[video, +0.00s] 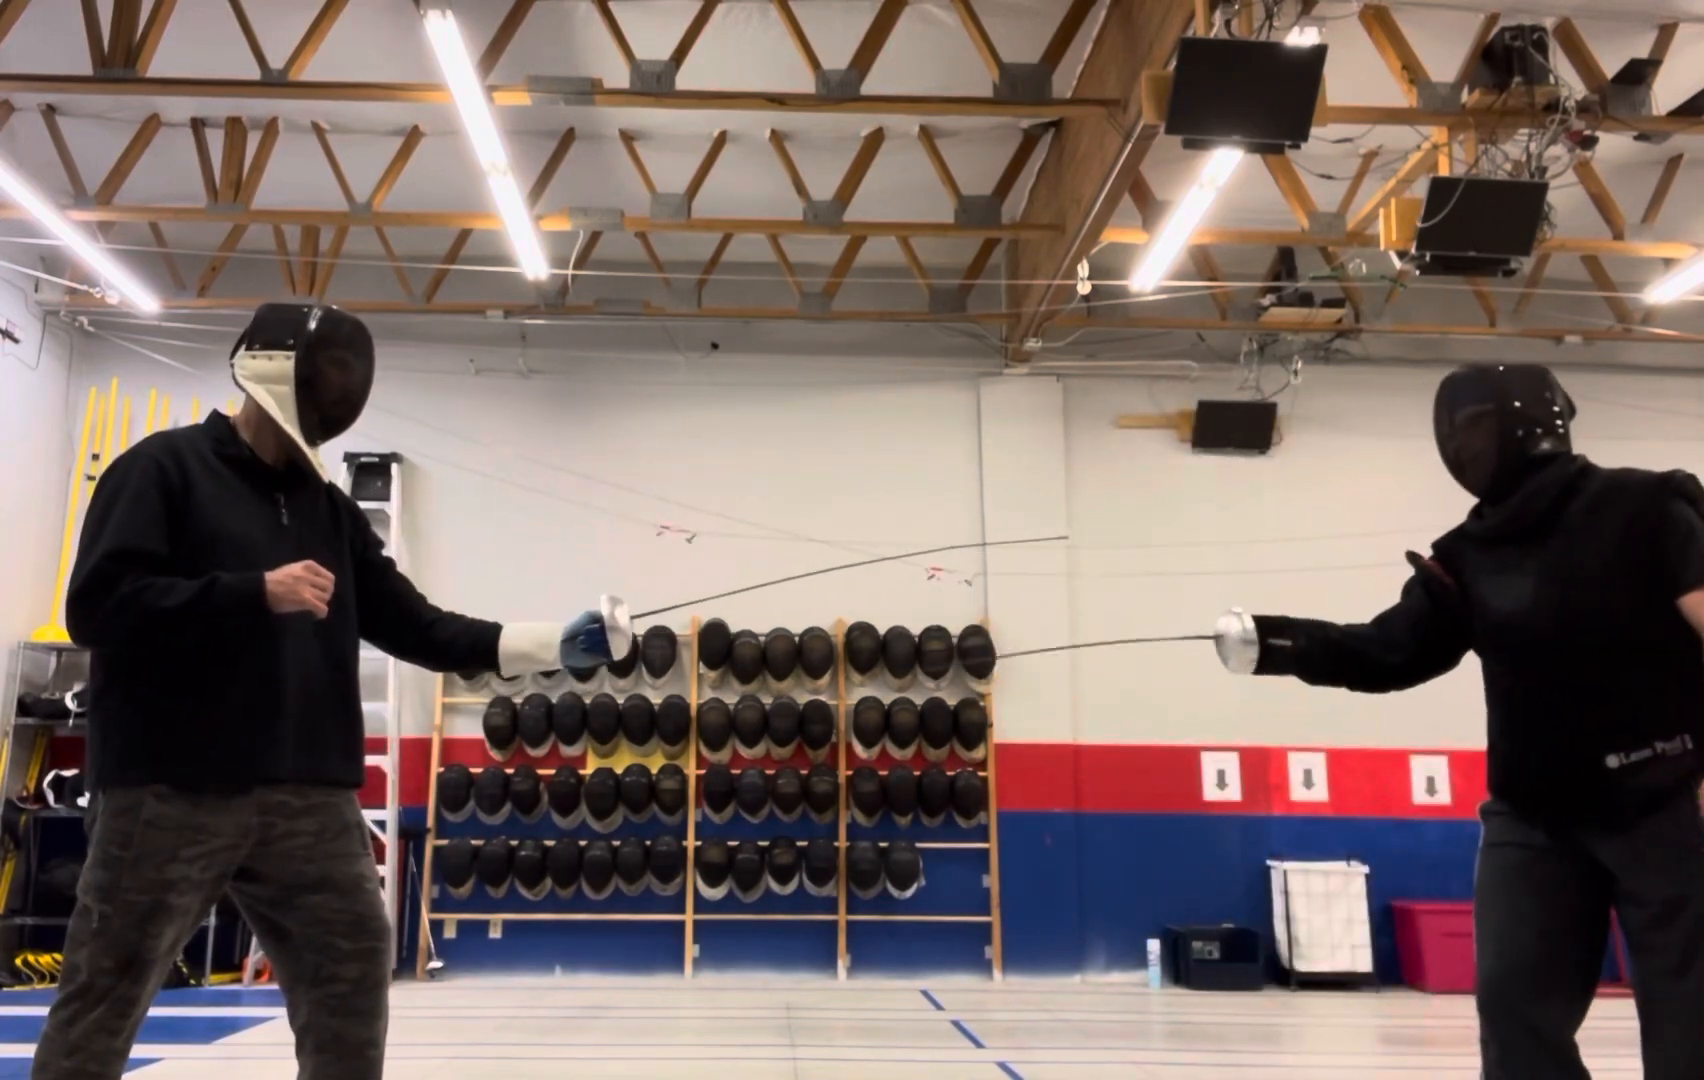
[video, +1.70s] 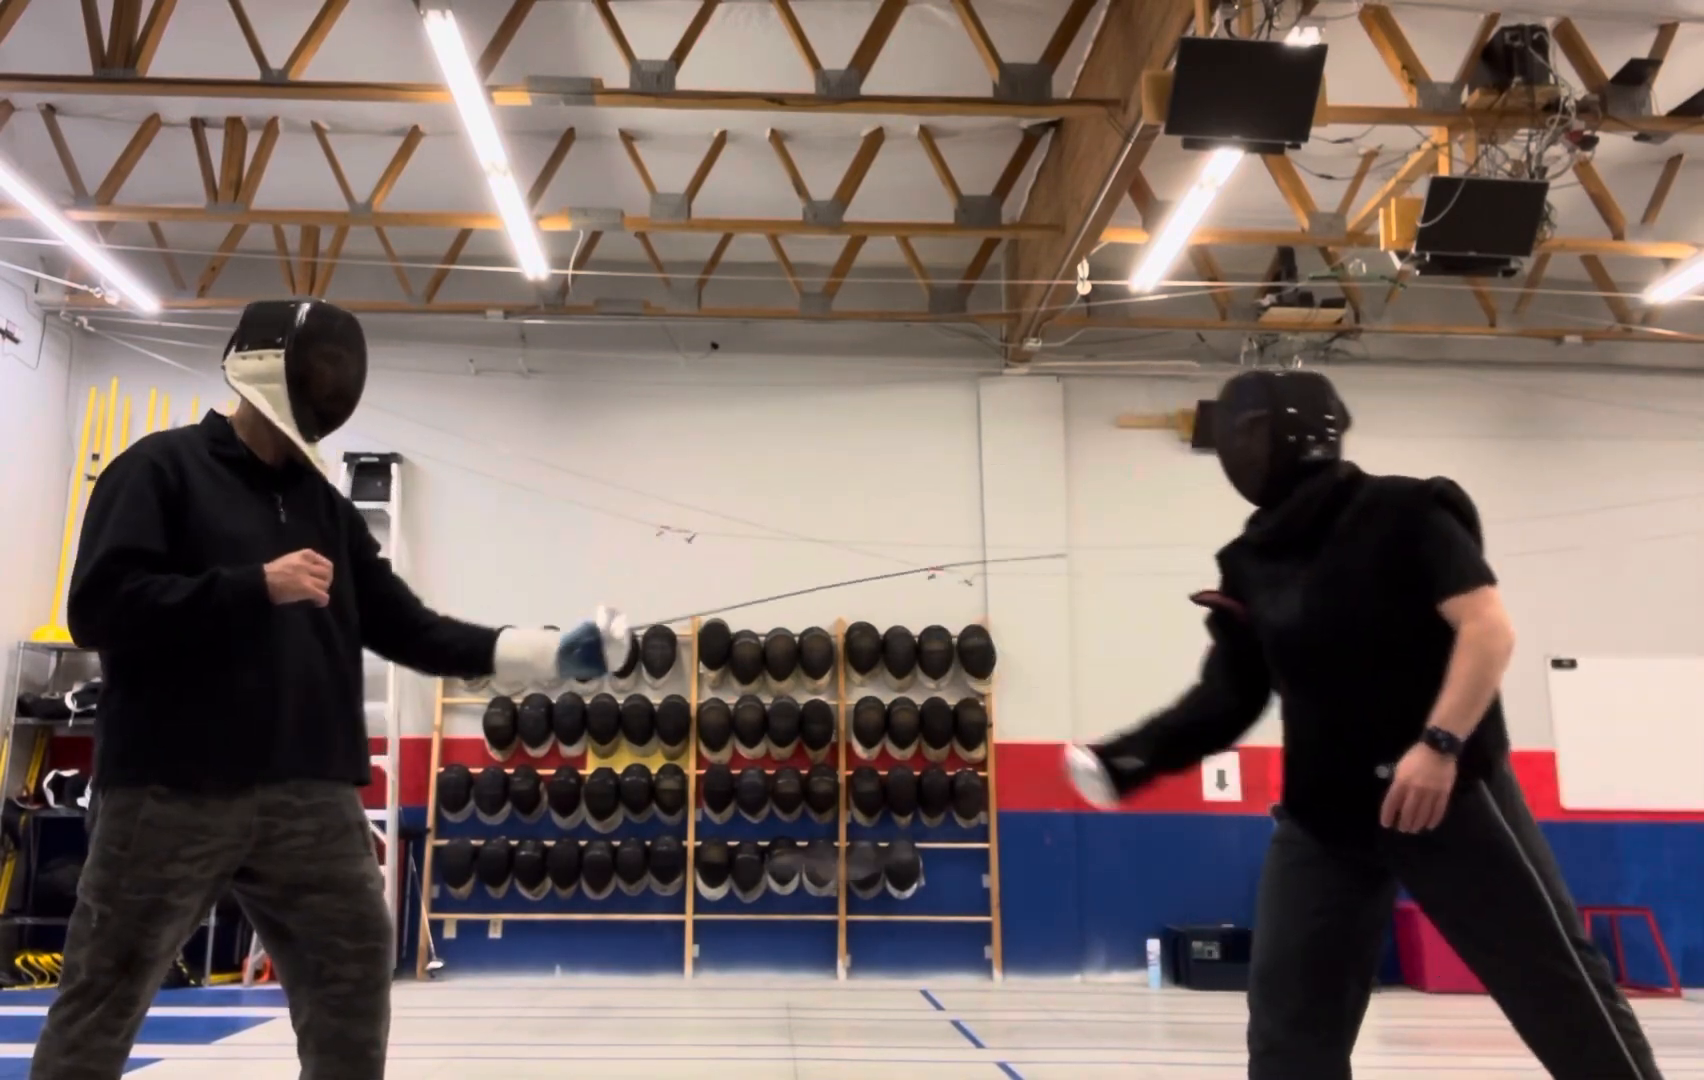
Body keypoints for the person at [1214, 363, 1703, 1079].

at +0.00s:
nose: (1462, 453)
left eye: (1475, 431)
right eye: (1454, 438)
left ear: (1529, 422)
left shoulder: (1653, 510)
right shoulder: (1465, 559)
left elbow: (1702, 626)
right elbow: (1387, 652)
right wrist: (1274, 644)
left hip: (1665, 811)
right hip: (1533, 824)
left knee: (1684, 1040)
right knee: (1519, 1032)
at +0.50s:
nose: (1407, 461)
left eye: (1419, 440)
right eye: (1399, 448)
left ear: (1471, 432)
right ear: (1402, 458)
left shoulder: (1595, 511)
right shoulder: (1415, 567)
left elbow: (1678, 626)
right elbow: (1306, 625)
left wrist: (1687, 757)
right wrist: (1176, 619)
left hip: (1621, 812)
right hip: (1488, 825)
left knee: (1670, 1029)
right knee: (1436, 1020)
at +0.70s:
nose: (1323, 468)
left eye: (1336, 447)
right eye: (1317, 455)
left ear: (1391, 441)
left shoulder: (1505, 524)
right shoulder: (1335, 580)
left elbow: (1593, 640)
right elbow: (1226, 641)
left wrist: (1619, 767)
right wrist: (1088, 628)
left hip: (1535, 823)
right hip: (1406, 838)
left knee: (1627, 1047)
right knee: (1356, 1055)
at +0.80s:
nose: (1267, 463)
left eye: (1278, 440)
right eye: (1262, 446)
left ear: (1328, 430)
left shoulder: (1449, 510)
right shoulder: (1284, 570)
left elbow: (1532, 626)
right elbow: (1183, 641)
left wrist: (1550, 754)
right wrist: (1049, 628)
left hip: (1484, 810)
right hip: (1354, 829)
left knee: (1592, 1040)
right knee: (1314, 1056)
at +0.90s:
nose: (1216, 458)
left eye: (1225, 435)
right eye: (1213, 442)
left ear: (1279, 425)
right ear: (1260, 436)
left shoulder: (1397, 500)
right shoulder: (1234, 562)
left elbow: (1478, 612)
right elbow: (1133, 630)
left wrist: (1473, 738)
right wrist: (999, 620)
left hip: (1440, 791)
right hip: (1314, 820)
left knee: (1555, 1018)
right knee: (1297, 1049)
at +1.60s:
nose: (1187, 448)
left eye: (1200, 427)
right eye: (1184, 432)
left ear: (1249, 424)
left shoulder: (1361, 501)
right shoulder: (1212, 565)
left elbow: (1445, 617)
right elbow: (1145, 674)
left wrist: (1410, 732)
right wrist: (1015, 691)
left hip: (1420, 792)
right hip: (1298, 820)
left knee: (1536, 996)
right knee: (1282, 1043)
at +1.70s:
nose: (1228, 455)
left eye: (1239, 433)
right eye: (1225, 438)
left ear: (1288, 431)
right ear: (1295, 435)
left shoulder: (1407, 513)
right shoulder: (1255, 564)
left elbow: (1487, 630)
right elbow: (1226, 698)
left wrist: (1440, 744)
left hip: (1448, 799)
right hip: (1325, 818)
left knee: (1560, 993)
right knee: (1291, 1036)